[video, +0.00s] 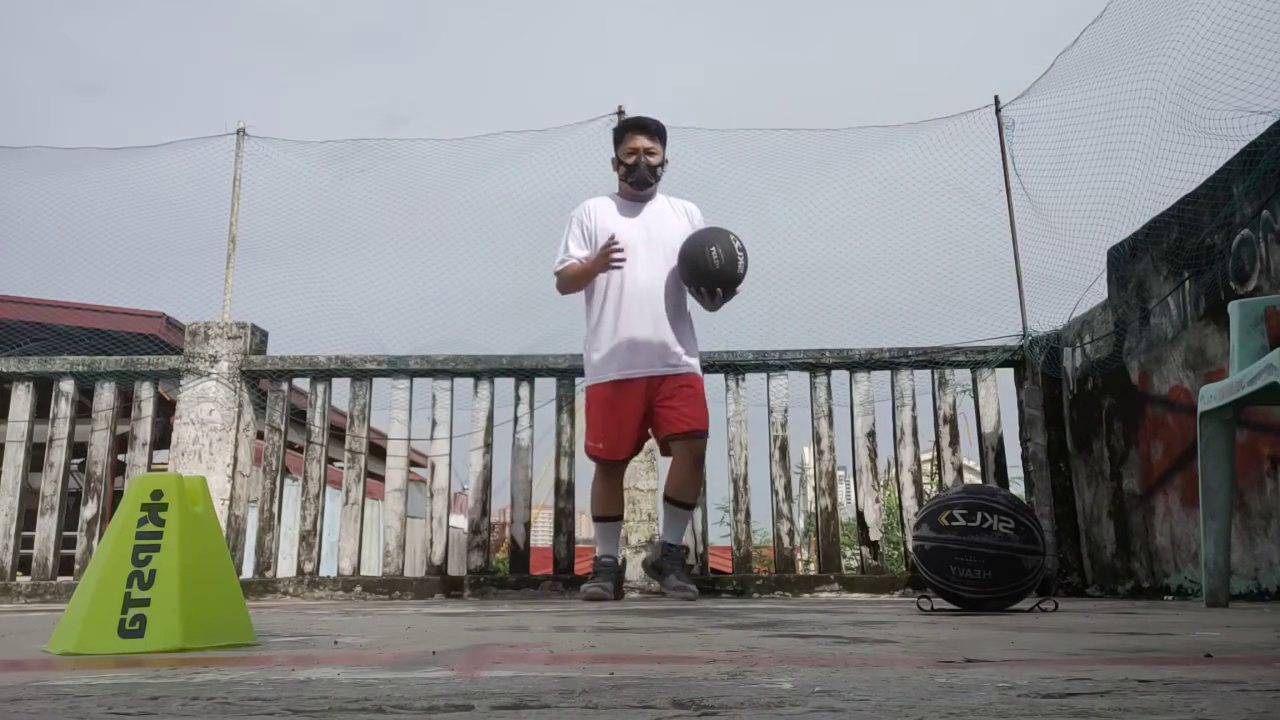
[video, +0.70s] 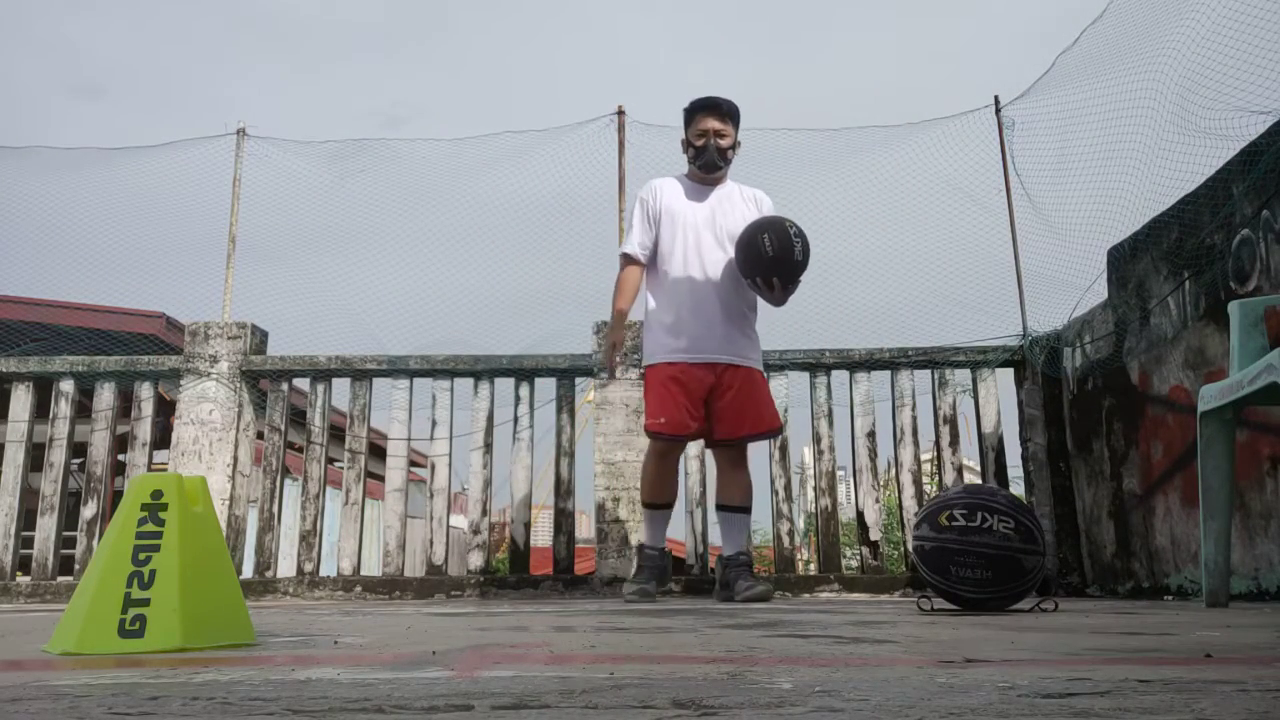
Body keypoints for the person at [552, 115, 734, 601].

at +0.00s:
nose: (641, 161)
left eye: (650, 154)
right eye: (631, 154)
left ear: (663, 160)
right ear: (616, 162)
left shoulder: (686, 214)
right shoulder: (592, 213)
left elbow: (706, 294)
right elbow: (563, 282)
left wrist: (718, 287)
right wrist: (593, 264)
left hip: (675, 359)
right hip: (612, 361)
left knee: (692, 444)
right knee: (610, 464)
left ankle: (669, 555)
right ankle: (606, 566)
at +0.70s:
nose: (712, 143)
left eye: (721, 135)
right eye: (702, 136)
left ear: (736, 143)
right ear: (686, 142)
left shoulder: (756, 203)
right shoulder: (658, 194)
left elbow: (773, 282)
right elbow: (633, 262)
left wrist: (777, 292)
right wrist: (617, 325)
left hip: (735, 351)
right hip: (671, 349)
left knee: (732, 452)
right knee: (665, 445)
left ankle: (735, 568)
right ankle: (652, 562)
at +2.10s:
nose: (625, 170)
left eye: (637, 159)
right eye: (615, 158)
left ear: (657, 165)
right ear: (600, 163)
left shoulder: (684, 224)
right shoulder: (578, 224)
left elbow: (721, 295)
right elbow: (553, 290)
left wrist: (738, 354)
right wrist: (523, 309)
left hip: (678, 353)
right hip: (605, 365)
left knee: (712, 426)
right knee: (558, 447)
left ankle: (761, 552)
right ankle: (557, 566)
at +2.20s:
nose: (644, 171)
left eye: (656, 161)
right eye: (634, 159)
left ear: (675, 168)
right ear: (618, 162)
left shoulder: (700, 230)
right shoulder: (588, 228)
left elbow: (727, 308)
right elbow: (569, 308)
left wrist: (744, 375)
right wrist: (560, 360)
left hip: (682, 358)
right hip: (605, 365)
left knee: (715, 427)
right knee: (557, 451)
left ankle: (761, 555)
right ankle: (556, 567)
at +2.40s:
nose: (707, 190)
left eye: (719, 180)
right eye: (696, 177)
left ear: (733, 187)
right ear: (673, 180)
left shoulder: (740, 257)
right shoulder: (634, 242)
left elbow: (750, 345)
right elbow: (625, 337)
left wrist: (765, 427)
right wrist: (649, 415)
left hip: (702, 370)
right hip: (632, 376)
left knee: (739, 421)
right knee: (582, 489)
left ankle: (766, 564)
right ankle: (559, 568)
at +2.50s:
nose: (733, 194)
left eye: (745, 184)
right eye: (722, 180)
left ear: (757, 192)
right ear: (697, 182)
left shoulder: (755, 259)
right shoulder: (655, 241)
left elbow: (775, 333)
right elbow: (631, 334)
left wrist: (805, 400)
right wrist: (668, 411)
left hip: (710, 373)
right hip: (640, 383)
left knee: (750, 420)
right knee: (605, 499)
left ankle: (767, 563)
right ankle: (561, 565)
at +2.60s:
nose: (747, 194)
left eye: (759, 183)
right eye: (736, 179)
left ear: (771, 189)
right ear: (709, 180)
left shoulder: (767, 248)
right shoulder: (666, 239)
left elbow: (795, 308)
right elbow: (642, 333)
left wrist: (833, 356)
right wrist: (691, 404)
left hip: (715, 367)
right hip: (646, 374)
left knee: (754, 418)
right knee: (610, 488)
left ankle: (768, 563)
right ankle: (560, 560)